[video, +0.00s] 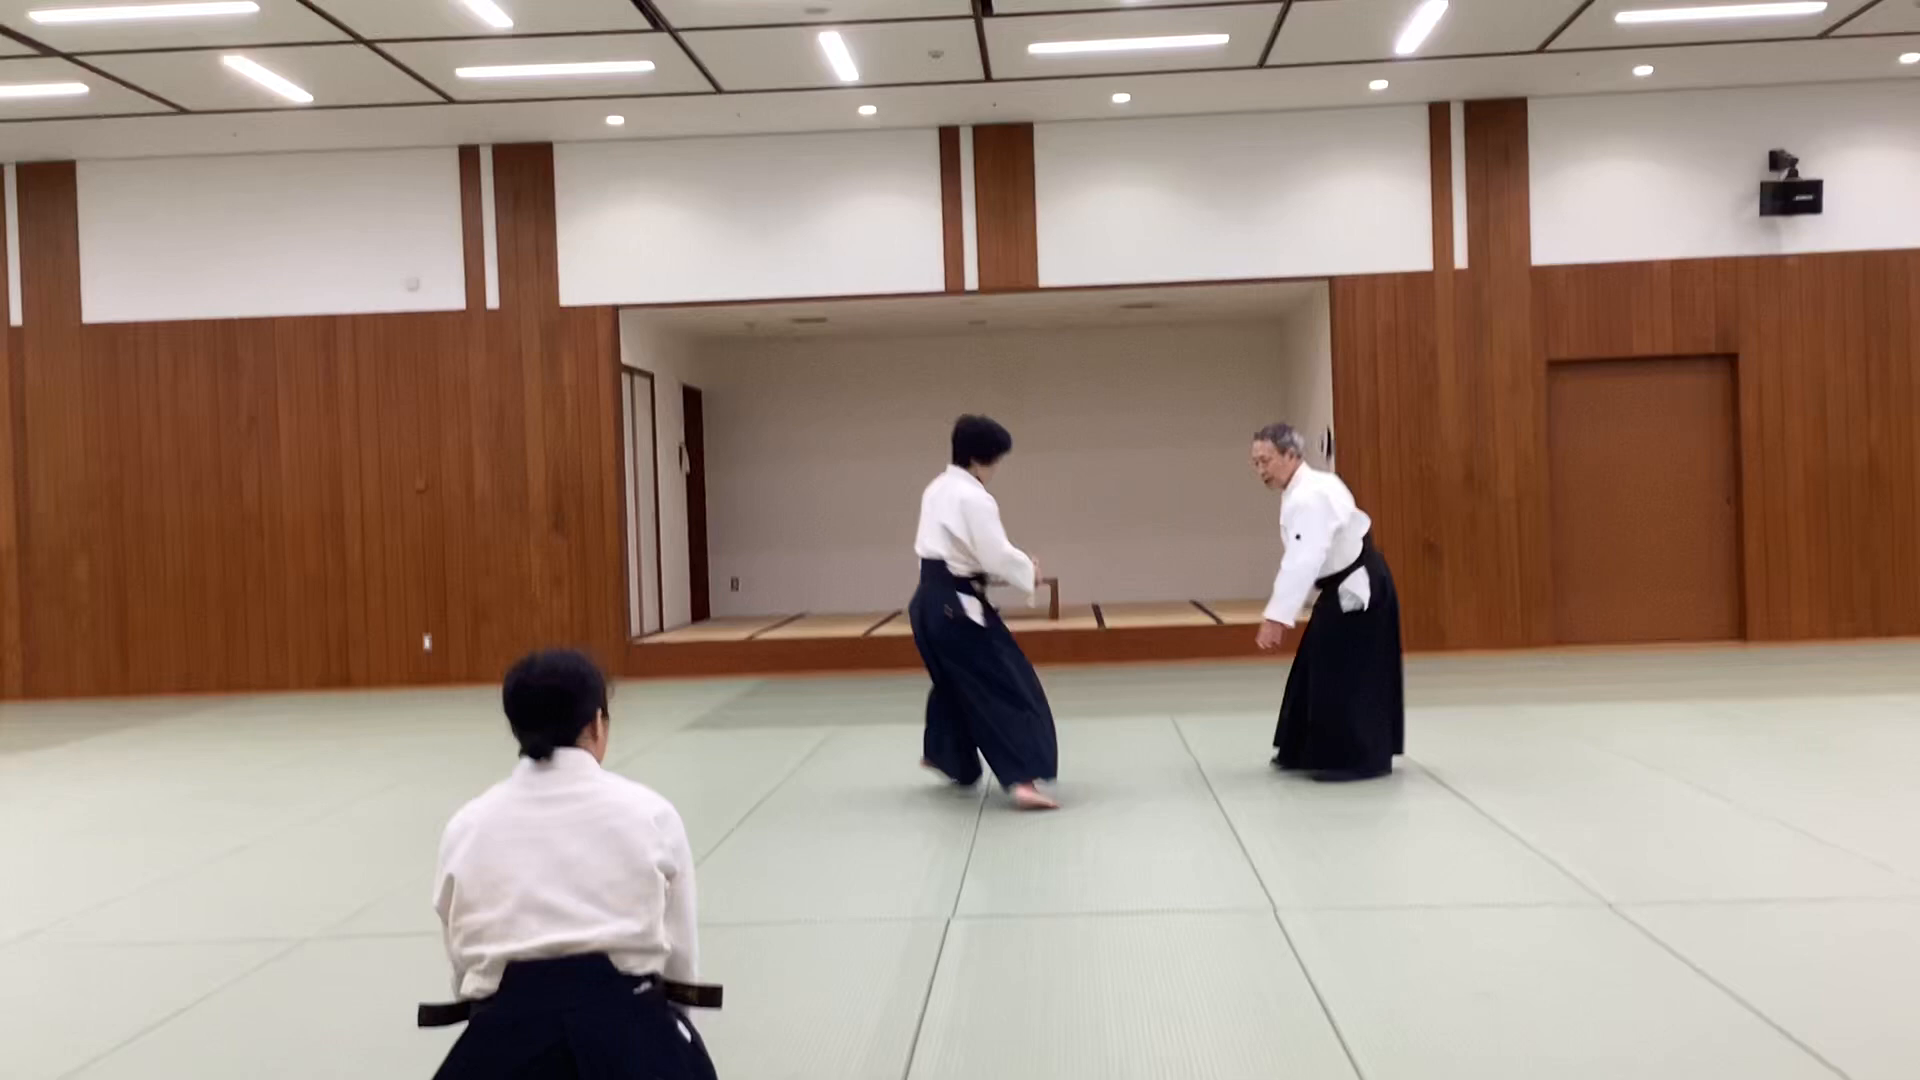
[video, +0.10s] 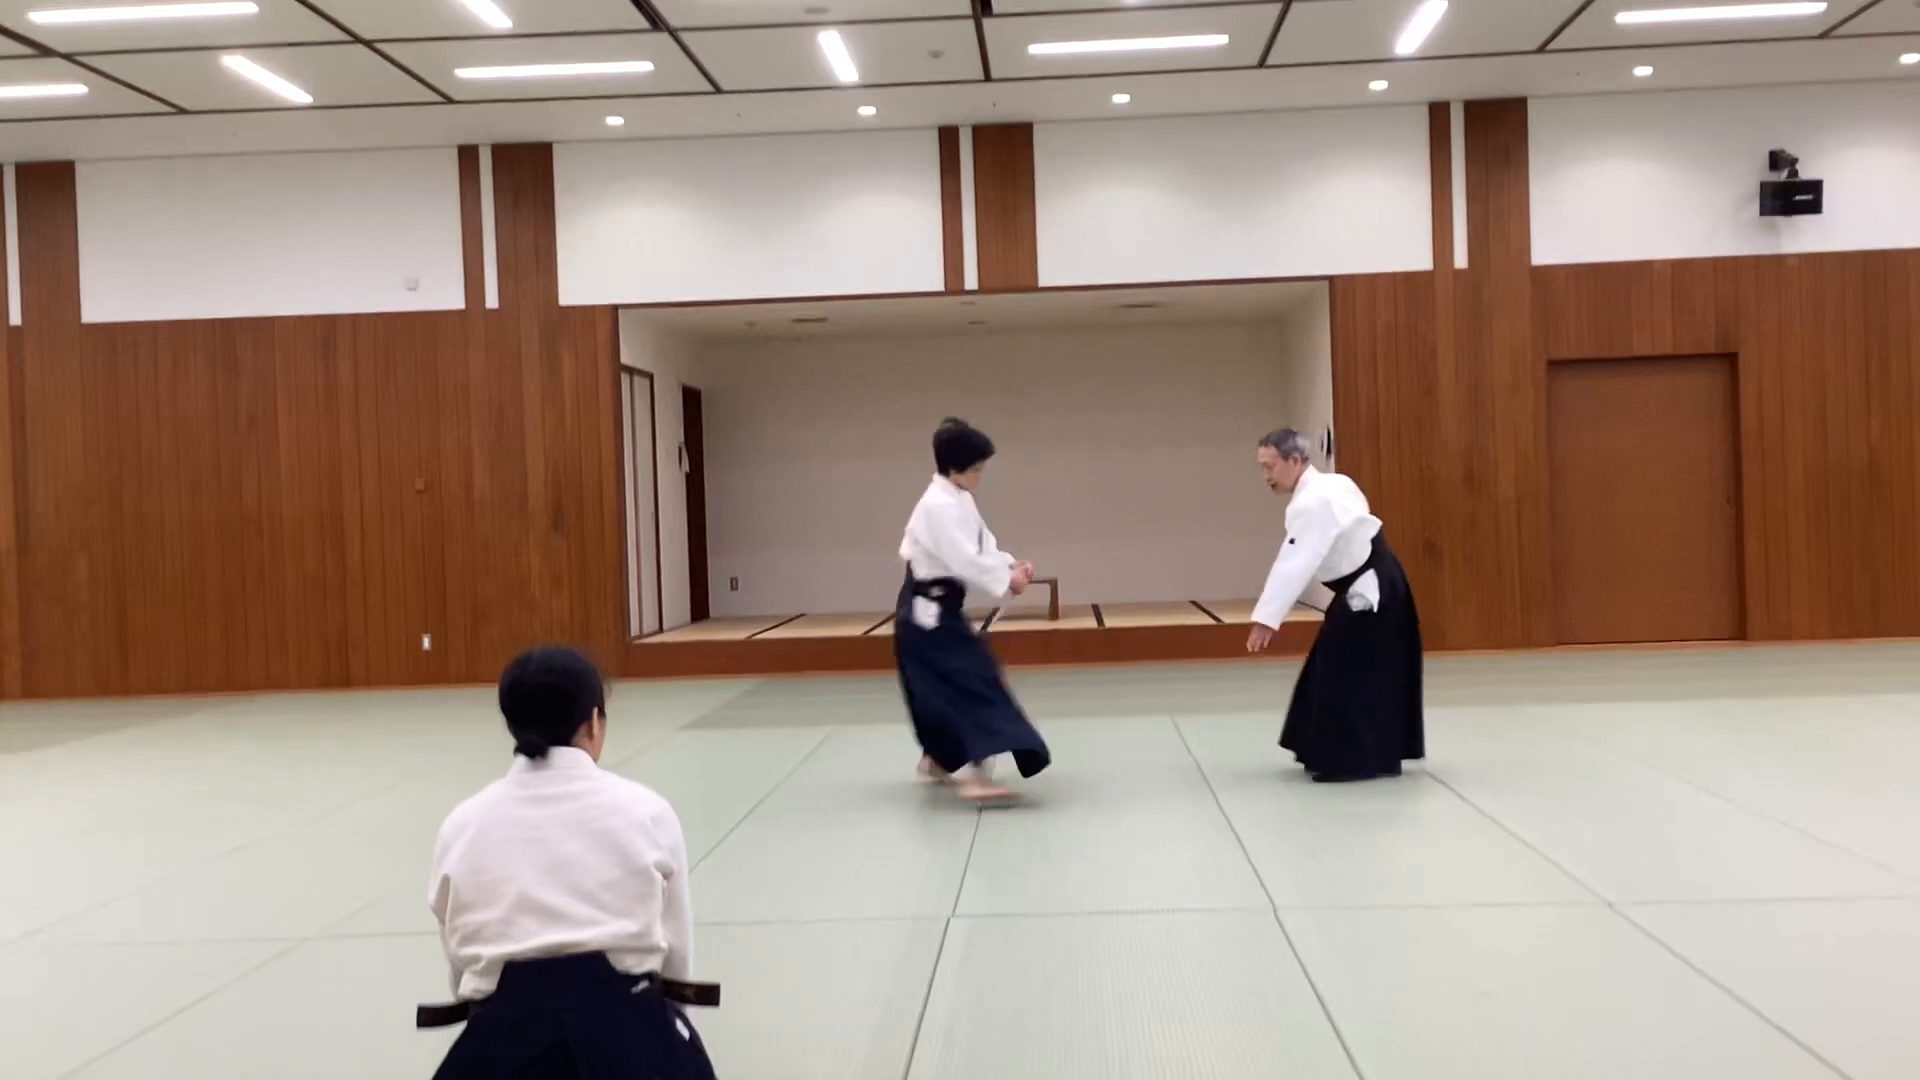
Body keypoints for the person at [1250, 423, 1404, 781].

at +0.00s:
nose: (1259, 470)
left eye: (1264, 461)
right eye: (1256, 463)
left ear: (1290, 456)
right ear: (1290, 458)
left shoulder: (1308, 496)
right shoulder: (1311, 484)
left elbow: (1302, 559)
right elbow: (1304, 557)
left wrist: (1275, 617)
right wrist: (1286, 610)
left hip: (1356, 587)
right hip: (1346, 583)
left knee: (1336, 668)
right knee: (1313, 664)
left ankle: (1350, 757)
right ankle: (1303, 748)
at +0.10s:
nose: (1266, 477)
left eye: (1270, 467)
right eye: (1262, 469)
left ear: (1295, 461)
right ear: (1296, 462)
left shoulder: (1312, 502)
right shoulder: (1333, 483)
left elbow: (1293, 564)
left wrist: (1266, 619)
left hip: (1370, 591)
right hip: (1381, 580)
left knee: (1335, 669)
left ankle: (1350, 758)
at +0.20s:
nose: (1276, 478)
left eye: (1279, 467)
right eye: (1274, 469)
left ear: (1303, 462)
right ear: (1307, 463)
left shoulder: (1320, 503)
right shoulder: (1349, 482)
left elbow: (1304, 569)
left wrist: (1278, 626)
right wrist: (1342, 593)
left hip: (1375, 594)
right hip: (1399, 582)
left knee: (1341, 674)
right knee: (1392, 669)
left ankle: (1350, 761)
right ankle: (1401, 752)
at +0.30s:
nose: (1290, 475)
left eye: (1293, 465)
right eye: (1288, 466)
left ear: (1316, 462)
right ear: (1321, 462)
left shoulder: (1332, 506)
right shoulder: (1368, 483)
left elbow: (1323, 571)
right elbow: (1366, 548)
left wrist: (1302, 632)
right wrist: (1337, 602)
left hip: (1384, 596)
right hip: (1415, 583)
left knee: (1346, 672)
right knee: (1422, 668)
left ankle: (1352, 761)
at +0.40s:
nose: (1311, 472)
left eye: (1315, 462)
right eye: (1310, 463)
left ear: (1339, 461)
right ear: (1346, 462)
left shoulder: (1349, 507)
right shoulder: (1388, 486)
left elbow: (1345, 575)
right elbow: (1406, 540)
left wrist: (1329, 635)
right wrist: (1370, 585)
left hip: (1402, 590)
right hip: (1431, 580)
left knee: (1359, 670)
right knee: (1452, 666)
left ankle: (1359, 761)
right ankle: (1507, 745)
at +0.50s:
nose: (1338, 468)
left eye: (1342, 458)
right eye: (1337, 459)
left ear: (1367, 458)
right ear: (1377, 458)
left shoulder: (1372, 503)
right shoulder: (1420, 487)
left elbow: (1369, 569)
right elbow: (1438, 542)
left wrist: (1354, 628)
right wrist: (1393, 586)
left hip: (1419, 593)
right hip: (1452, 585)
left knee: (1374, 671)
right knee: (1465, 670)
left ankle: (1366, 761)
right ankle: (1512, 751)